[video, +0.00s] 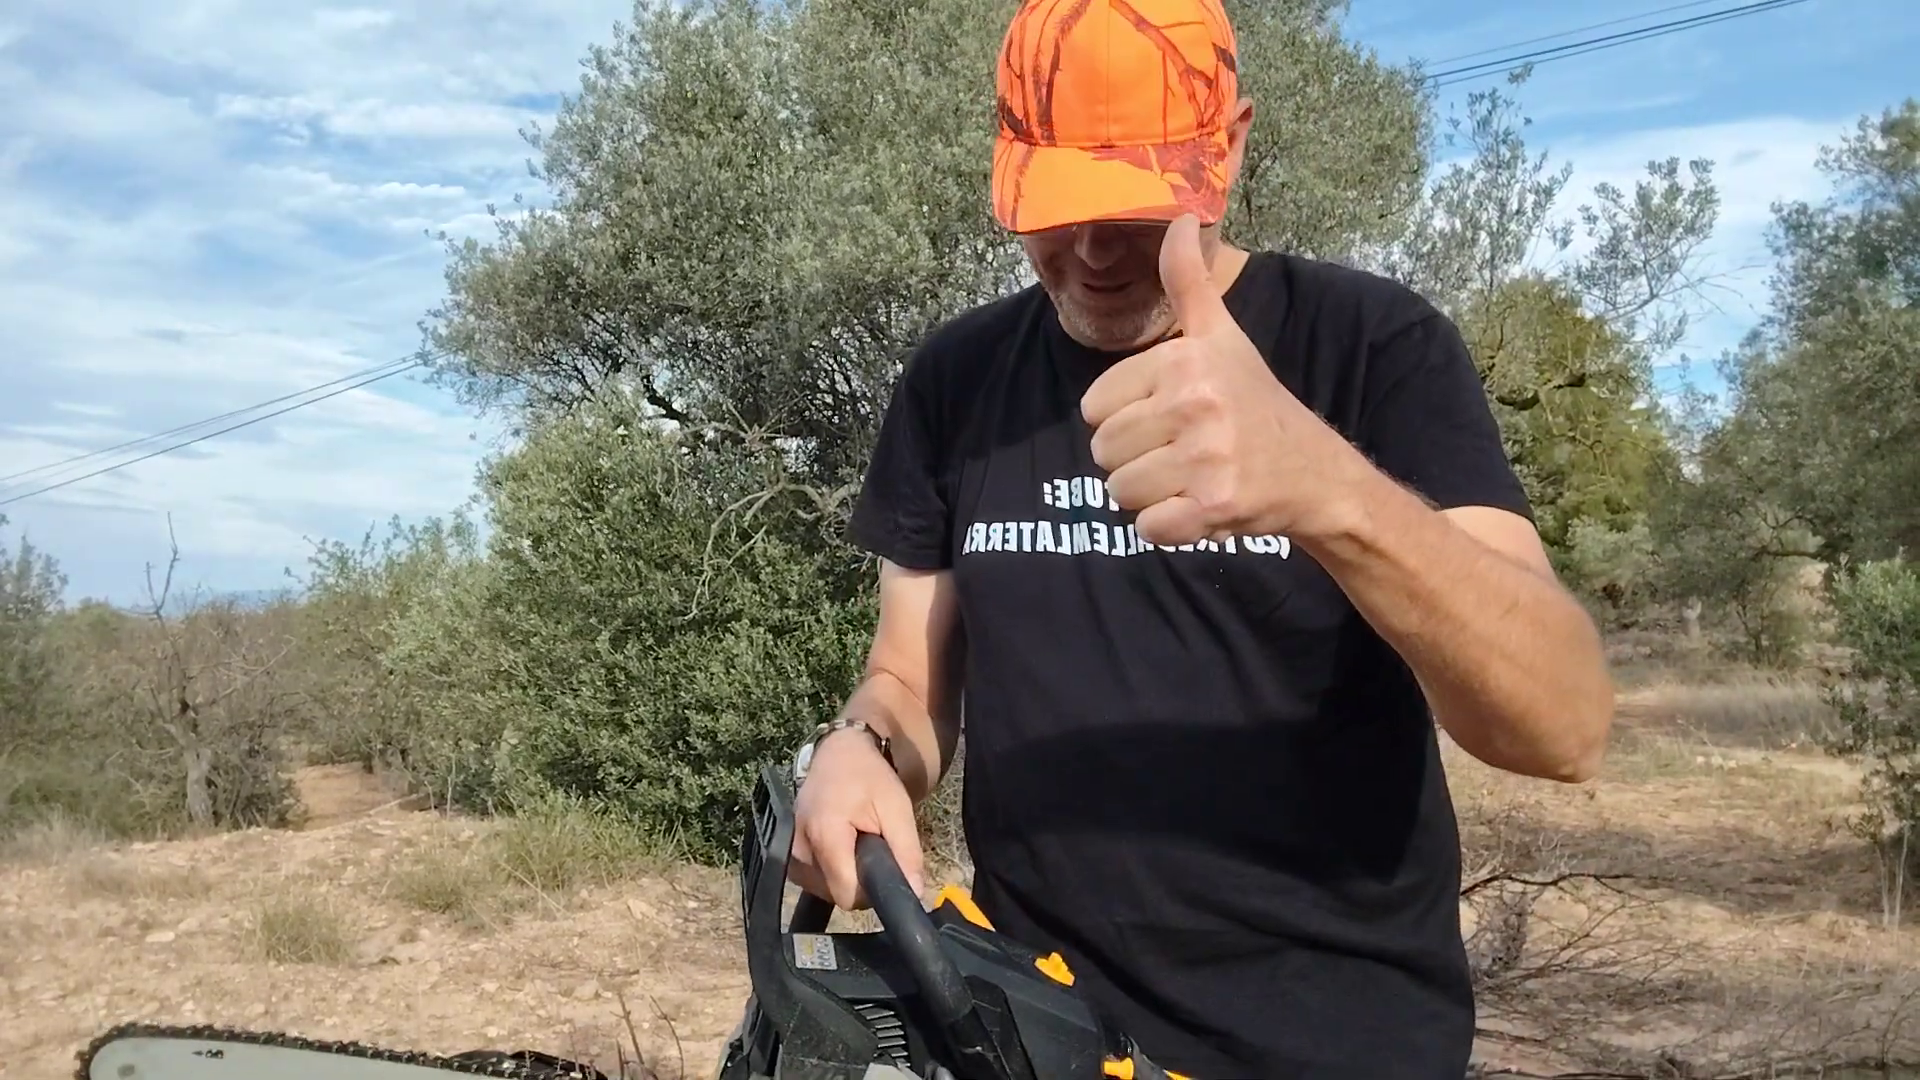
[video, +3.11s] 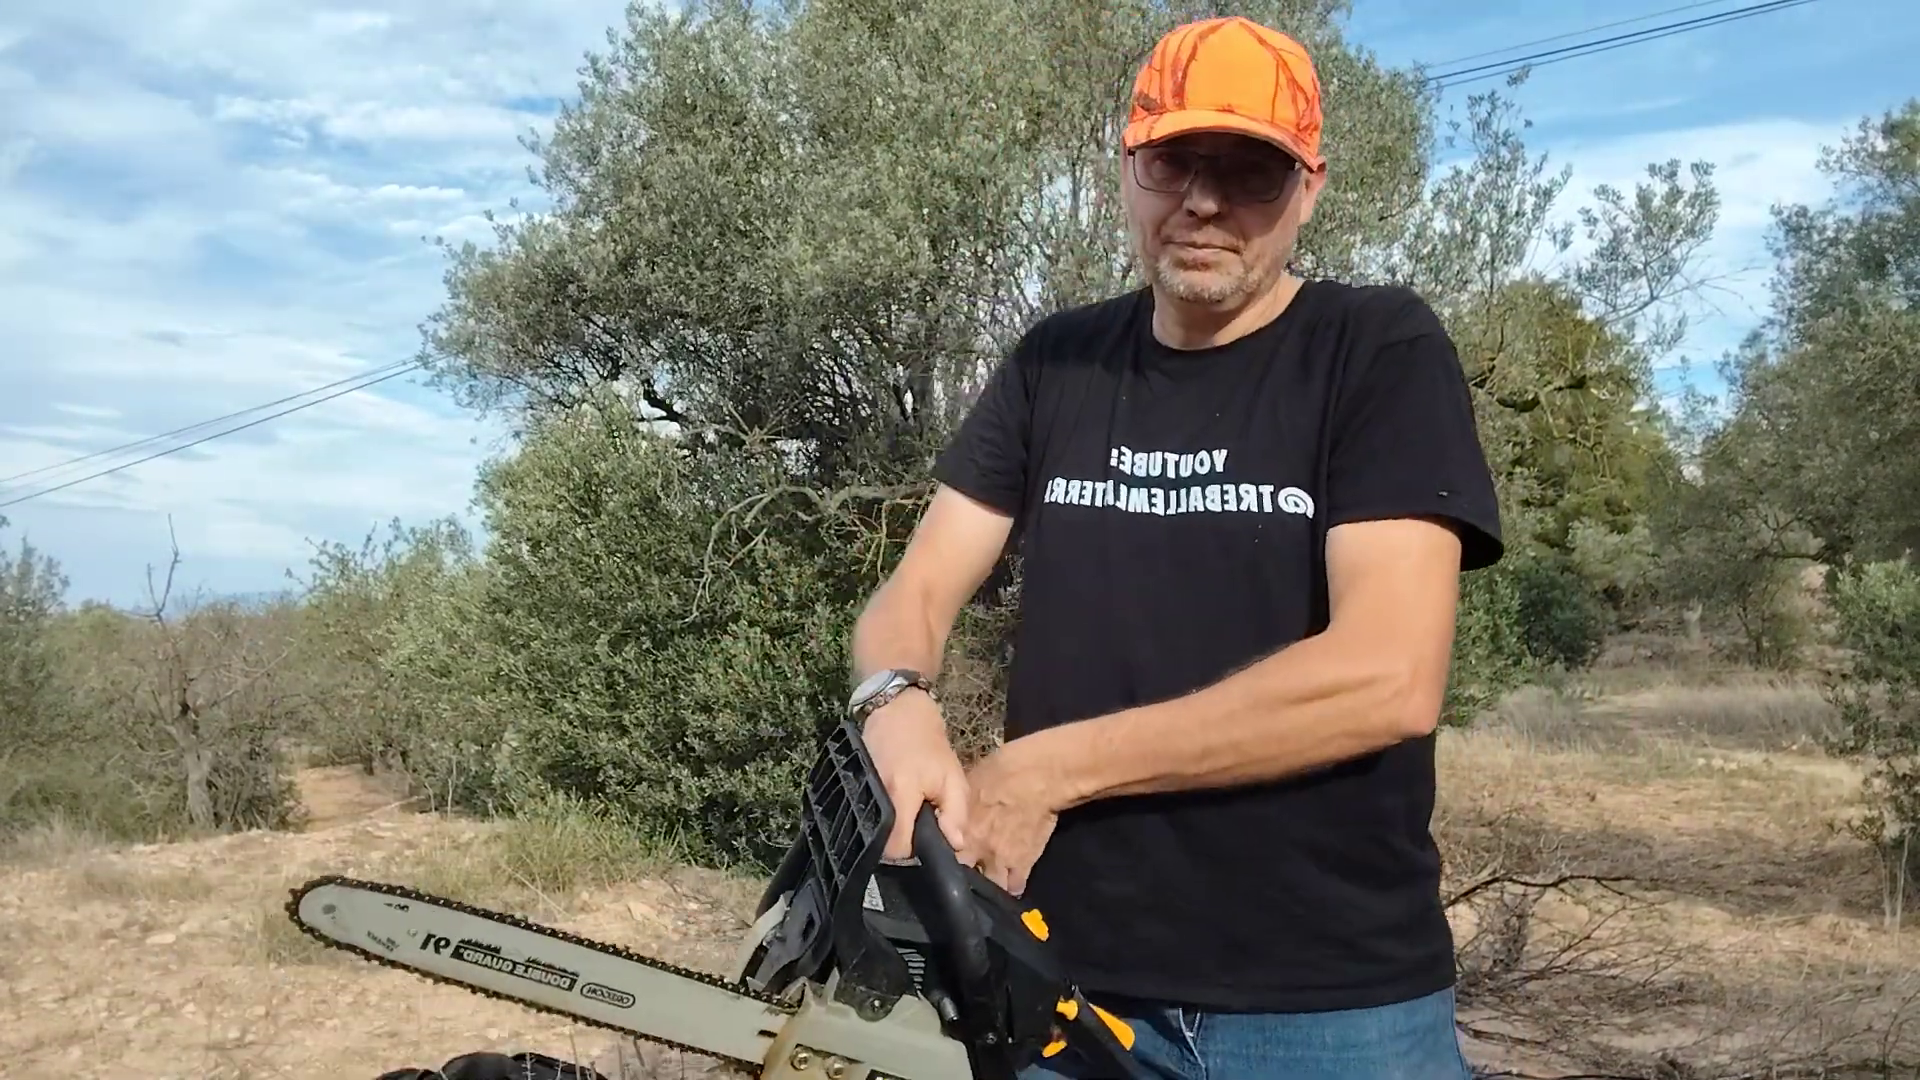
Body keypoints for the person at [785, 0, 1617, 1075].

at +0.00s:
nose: (1088, 250)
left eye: (1135, 204)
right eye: (1051, 201)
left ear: (1221, 162)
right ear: (1009, 170)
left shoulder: (1372, 344)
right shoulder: (955, 383)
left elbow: (1565, 731)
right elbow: (908, 689)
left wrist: (1327, 488)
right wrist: (857, 751)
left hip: (1341, 1023)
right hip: (1050, 1015)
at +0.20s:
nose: (1100, 272)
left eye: (1146, 234)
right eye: (1061, 231)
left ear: (1225, 171)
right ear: (1014, 181)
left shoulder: (1370, 346)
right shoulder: (958, 384)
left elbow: (1578, 738)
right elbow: (908, 698)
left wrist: (1329, 606)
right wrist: (840, 740)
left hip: (1357, 1025)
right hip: (1066, 1012)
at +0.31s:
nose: (1101, 271)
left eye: (1145, 234)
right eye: (1061, 232)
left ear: (1221, 174)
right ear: (1012, 180)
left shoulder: (1367, 339)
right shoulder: (955, 377)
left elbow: (1573, 721)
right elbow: (902, 686)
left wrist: (1321, 727)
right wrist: (828, 726)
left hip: (1365, 1038)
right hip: (1073, 1029)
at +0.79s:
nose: (1211, 234)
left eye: (1260, 199)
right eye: (1181, 186)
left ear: (1332, 184)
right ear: (1131, 150)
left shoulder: (1455, 350)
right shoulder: (1047, 342)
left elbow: (1583, 728)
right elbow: (918, 632)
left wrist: (1276, 816)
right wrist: (831, 577)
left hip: (1398, 1041)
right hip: (1104, 1037)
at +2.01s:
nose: (1110, 204)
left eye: (1151, 168)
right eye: (1081, 164)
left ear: (1213, 179)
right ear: (1037, 167)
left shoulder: (1314, 362)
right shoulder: (955, 369)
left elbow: (1423, 684)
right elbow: (849, 638)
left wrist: (1140, 794)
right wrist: (771, 574)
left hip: (1278, 1012)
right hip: (1006, 1014)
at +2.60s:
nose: (1035, 226)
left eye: (1076, 193)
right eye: (1006, 189)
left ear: (1147, 190)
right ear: (969, 184)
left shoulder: (1249, 348)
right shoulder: (899, 368)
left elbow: (1324, 661)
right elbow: (787, 622)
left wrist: (988, 728)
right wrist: (758, 702)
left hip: (1252, 1008)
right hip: (977, 1009)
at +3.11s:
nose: (1202, 204)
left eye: (1245, 171)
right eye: (1172, 165)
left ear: (1307, 191)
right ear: (1128, 176)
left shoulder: (1379, 347)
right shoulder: (1056, 361)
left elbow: (1390, 675)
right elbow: (913, 596)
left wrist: (1048, 769)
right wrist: (896, 703)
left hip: (1336, 1014)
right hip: (1074, 1004)